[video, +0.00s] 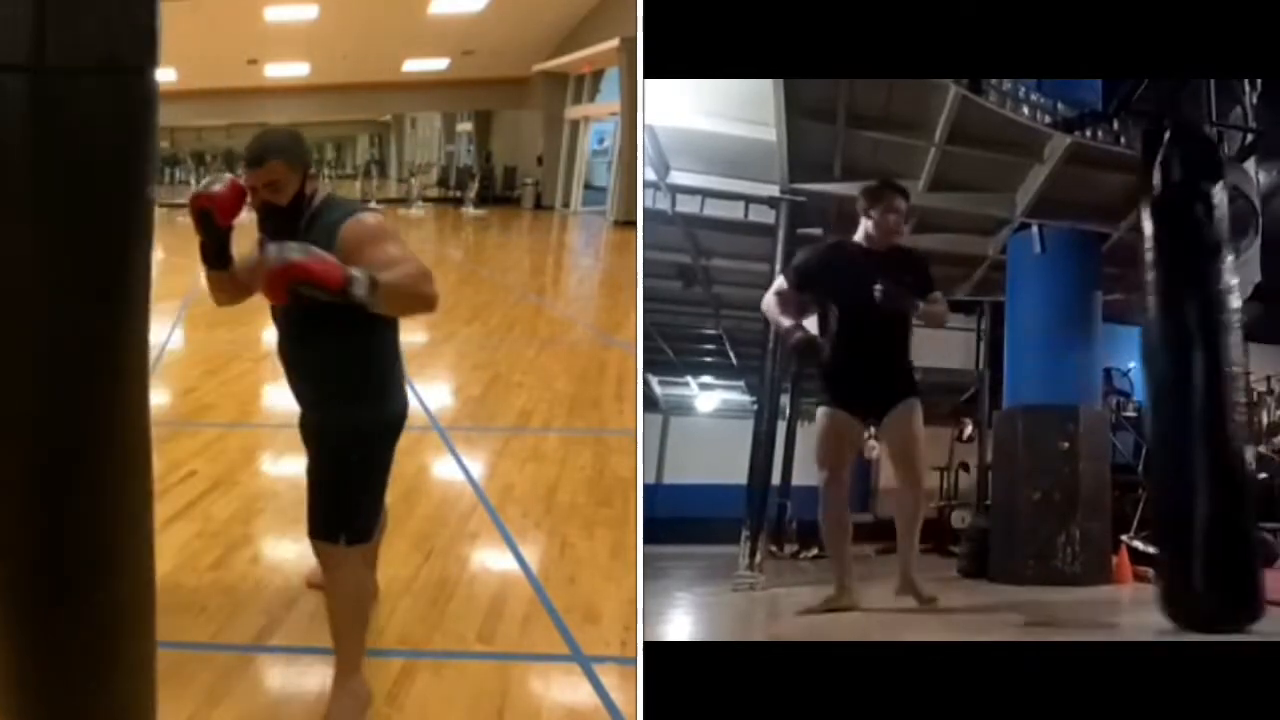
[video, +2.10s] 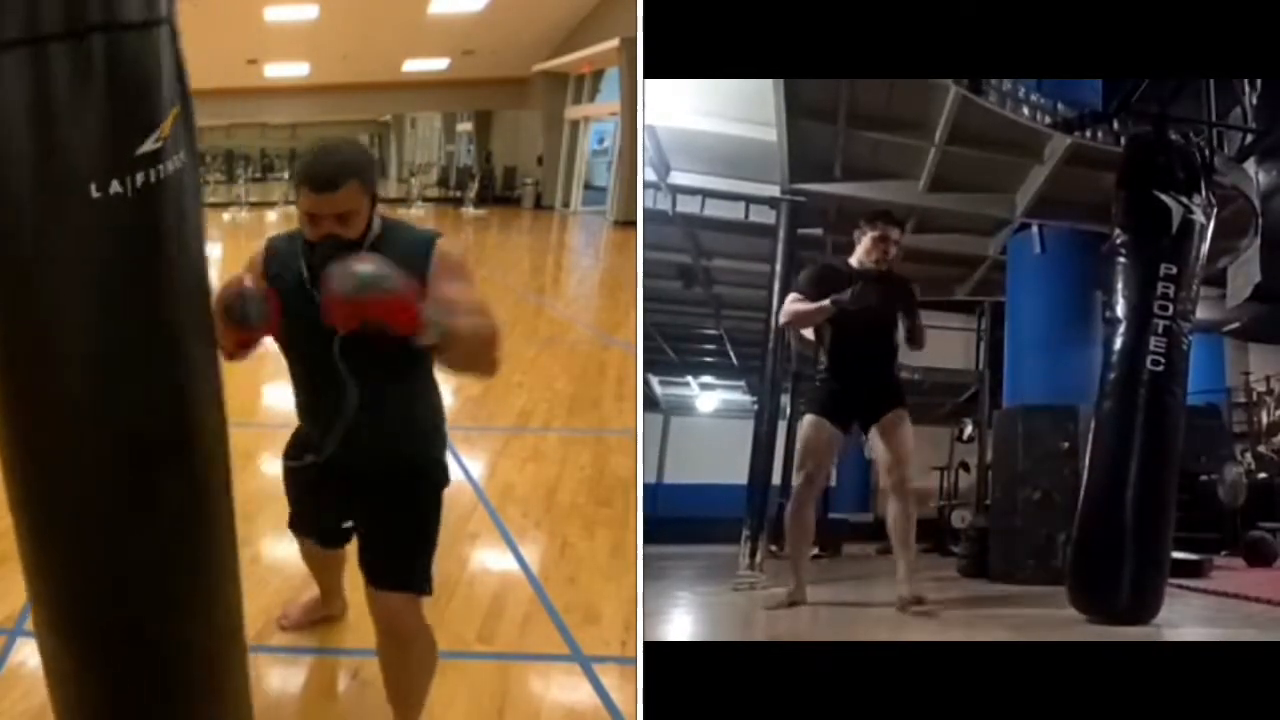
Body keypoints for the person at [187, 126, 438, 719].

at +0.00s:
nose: (266, 201)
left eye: (276, 187)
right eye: (257, 190)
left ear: (307, 177)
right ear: (249, 184)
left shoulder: (354, 227)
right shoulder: (279, 233)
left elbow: (423, 294)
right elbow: (228, 292)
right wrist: (213, 234)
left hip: (363, 411)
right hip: (322, 406)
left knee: (343, 551)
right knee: (343, 500)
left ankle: (350, 684)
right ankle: (346, 571)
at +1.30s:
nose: (281, 201)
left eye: (295, 189)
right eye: (272, 188)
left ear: (323, 181)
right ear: (258, 181)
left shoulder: (365, 228)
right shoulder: (247, 226)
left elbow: (391, 310)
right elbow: (223, 296)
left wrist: (330, 272)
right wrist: (248, 250)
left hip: (347, 401)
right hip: (277, 395)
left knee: (331, 545)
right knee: (282, 510)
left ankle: (336, 679)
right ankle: (306, 578)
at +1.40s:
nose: (278, 204)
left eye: (290, 192)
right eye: (268, 190)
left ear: (316, 183)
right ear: (254, 183)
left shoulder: (363, 230)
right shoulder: (245, 229)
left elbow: (409, 322)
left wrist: (353, 282)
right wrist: (256, 259)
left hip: (345, 406)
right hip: (272, 401)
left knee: (314, 542)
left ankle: (342, 678)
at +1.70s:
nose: (277, 249)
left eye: (290, 235)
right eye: (266, 236)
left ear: (322, 220)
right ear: (252, 226)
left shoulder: (362, 262)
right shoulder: (257, 267)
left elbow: (419, 323)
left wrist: (333, 353)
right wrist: (257, 352)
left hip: (376, 453)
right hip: (294, 446)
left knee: (361, 596)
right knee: (278, 557)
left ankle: (391, 710)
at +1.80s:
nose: (320, 248)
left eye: (333, 233)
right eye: (305, 235)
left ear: (365, 213)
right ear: (289, 222)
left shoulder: (413, 257)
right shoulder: (277, 269)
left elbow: (524, 327)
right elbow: (222, 327)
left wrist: (450, 289)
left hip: (399, 463)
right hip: (311, 459)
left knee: (400, 616)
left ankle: (397, 714)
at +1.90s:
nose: (357, 247)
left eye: (370, 232)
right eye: (340, 235)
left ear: (399, 207)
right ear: (320, 216)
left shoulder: (437, 249)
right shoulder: (286, 277)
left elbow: (511, 320)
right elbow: (204, 333)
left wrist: (496, 285)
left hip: (411, 457)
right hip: (321, 456)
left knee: (409, 608)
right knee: (314, 550)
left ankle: (398, 714)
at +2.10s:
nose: (328, 232)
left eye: (343, 218)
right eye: (314, 218)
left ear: (373, 203)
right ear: (298, 206)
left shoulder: (423, 256)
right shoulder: (281, 259)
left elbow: (481, 355)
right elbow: (233, 343)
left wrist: (412, 314)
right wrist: (235, 312)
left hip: (402, 451)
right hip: (320, 444)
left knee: (394, 607)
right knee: (315, 535)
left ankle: (407, 712)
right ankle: (331, 601)